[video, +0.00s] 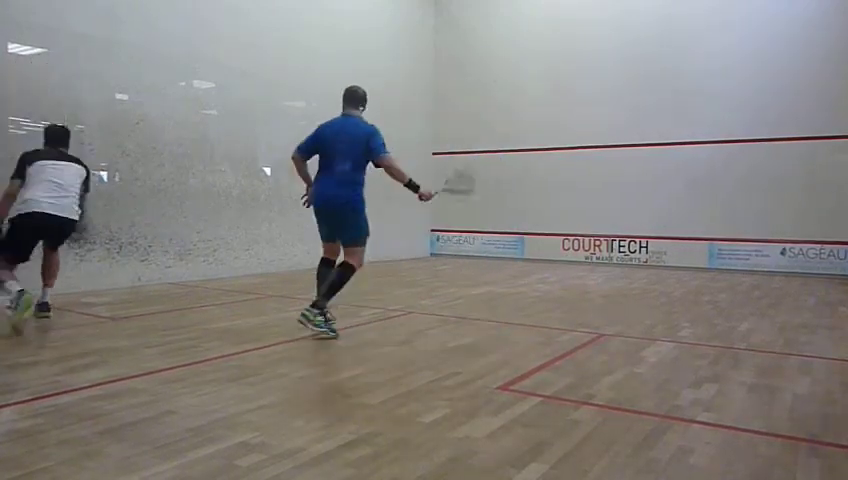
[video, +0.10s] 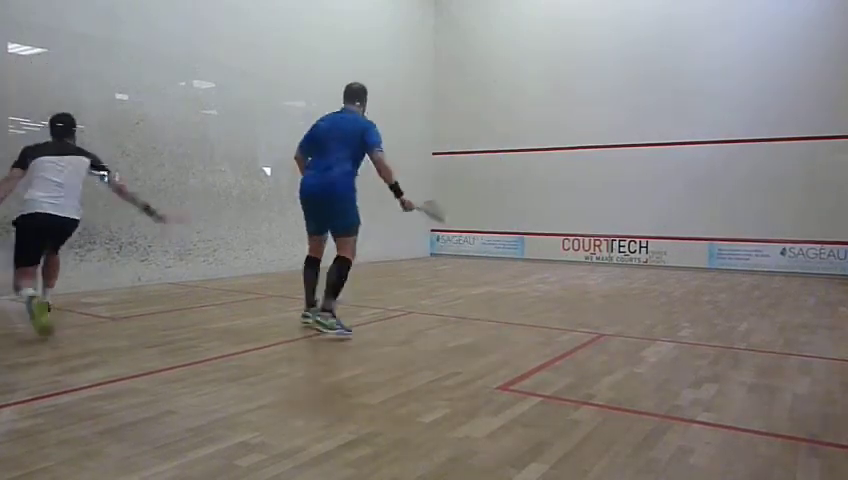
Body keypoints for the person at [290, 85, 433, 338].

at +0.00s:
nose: (362, 109)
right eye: (364, 106)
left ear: (343, 103)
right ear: (363, 106)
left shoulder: (326, 129)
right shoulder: (369, 131)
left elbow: (298, 157)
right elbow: (384, 163)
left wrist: (309, 185)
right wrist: (416, 189)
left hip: (321, 198)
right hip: (349, 200)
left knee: (330, 251)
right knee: (354, 258)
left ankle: (321, 312)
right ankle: (316, 307)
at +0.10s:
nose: (365, 108)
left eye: (362, 104)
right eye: (366, 104)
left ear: (343, 101)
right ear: (363, 103)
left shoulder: (323, 122)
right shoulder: (365, 126)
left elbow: (299, 156)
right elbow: (380, 164)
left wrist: (313, 181)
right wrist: (400, 196)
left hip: (310, 188)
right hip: (340, 190)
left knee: (315, 248)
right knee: (345, 251)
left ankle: (309, 309)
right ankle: (326, 312)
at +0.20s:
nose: (363, 119)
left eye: (362, 115)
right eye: (364, 115)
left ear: (344, 112)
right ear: (362, 114)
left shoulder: (327, 130)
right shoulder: (360, 134)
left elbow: (304, 160)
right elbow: (369, 170)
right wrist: (383, 207)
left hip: (298, 191)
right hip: (328, 195)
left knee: (304, 251)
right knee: (345, 256)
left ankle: (278, 307)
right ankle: (344, 323)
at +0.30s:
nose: (356, 131)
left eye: (355, 127)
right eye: (357, 127)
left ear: (335, 124)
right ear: (354, 126)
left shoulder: (318, 143)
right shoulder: (352, 147)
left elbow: (305, 175)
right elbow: (358, 183)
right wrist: (369, 221)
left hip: (287, 205)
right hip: (319, 209)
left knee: (288, 258)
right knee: (350, 264)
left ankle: (251, 301)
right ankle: (342, 329)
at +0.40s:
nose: (332, 129)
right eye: (333, 125)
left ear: (311, 123)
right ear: (332, 125)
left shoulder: (293, 146)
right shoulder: (337, 150)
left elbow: (274, 184)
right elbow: (348, 191)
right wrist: (347, 225)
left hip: (276, 212)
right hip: (311, 215)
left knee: (269, 262)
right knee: (350, 263)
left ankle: (244, 298)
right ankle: (343, 328)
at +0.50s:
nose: (294, 115)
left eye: (290, 109)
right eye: (295, 111)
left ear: (277, 112)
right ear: (298, 113)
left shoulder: (260, 136)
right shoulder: (310, 141)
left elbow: (235, 168)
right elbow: (325, 181)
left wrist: (253, 188)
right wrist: (313, 203)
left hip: (259, 208)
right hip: (296, 209)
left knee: (250, 262)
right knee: (323, 261)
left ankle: (257, 303)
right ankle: (341, 323)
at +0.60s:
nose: (251, 111)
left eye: (244, 107)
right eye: (255, 107)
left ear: (238, 109)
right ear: (260, 109)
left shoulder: (225, 133)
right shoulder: (276, 138)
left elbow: (204, 167)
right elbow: (289, 182)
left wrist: (214, 192)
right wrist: (262, 187)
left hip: (237, 213)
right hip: (274, 210)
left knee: (235, 273)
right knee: (292, 261)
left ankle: (275, 314)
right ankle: (319, 303)